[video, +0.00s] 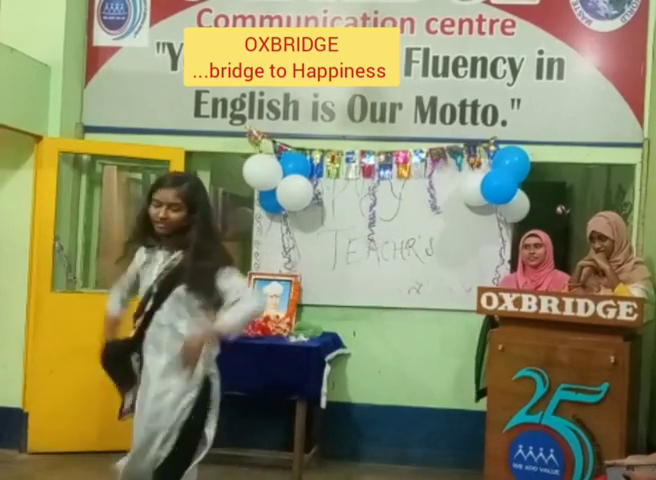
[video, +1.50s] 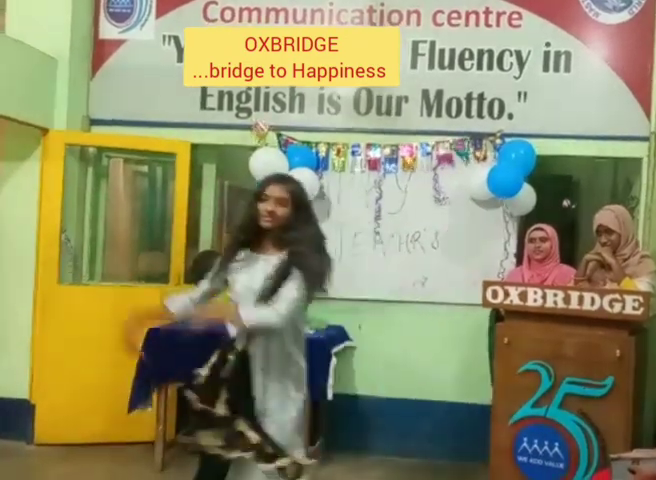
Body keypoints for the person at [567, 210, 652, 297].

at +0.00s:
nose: (596, 246)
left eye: (602, 239)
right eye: (592, 240)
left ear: (618, 238)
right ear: (589, 241)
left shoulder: (637, 269)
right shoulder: (588, 268)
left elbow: (633, 303)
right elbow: (569, 298)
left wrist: (607, 268)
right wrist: (579, 269)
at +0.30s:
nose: (599, 246)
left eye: (605, 238)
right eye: (595, 239)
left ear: (620, 237)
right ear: (591, 241)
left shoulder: (639, 268)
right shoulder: (590, 267)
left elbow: (637, 303)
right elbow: (572, 298)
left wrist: (610, 268)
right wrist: (581, 270)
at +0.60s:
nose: (600, 244)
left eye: (606, 237)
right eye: (596, 238)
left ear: (622, 236)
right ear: (593, 239)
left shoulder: (641, 267)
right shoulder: (591, 266)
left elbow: (638, 301)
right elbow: (574, 296)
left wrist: (611, 267)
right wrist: (582, 267)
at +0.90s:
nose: (601, 242)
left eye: (608, 235)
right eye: (597, 236)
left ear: (623, 234)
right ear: (594, 237)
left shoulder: (643, 265)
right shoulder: (591, 263)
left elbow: (639, 300)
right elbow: (575, 294)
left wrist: (612, 265)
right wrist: (583, 267)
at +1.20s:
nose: (602, 241)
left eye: (609, 233)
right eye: (598, 234)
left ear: (624, 232)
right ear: (595, 235)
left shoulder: (644, 265)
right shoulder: (592, 262)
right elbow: (575, 292)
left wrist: (613, 263)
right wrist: (584, 263)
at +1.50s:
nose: (603, 240)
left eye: (609, 232)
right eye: (599, 234)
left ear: (624, 232)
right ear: (595, 235)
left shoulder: (644, 263)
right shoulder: (592, 261)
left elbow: (640, 299)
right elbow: (575, 294)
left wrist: (613, 263)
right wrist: (584, 264)